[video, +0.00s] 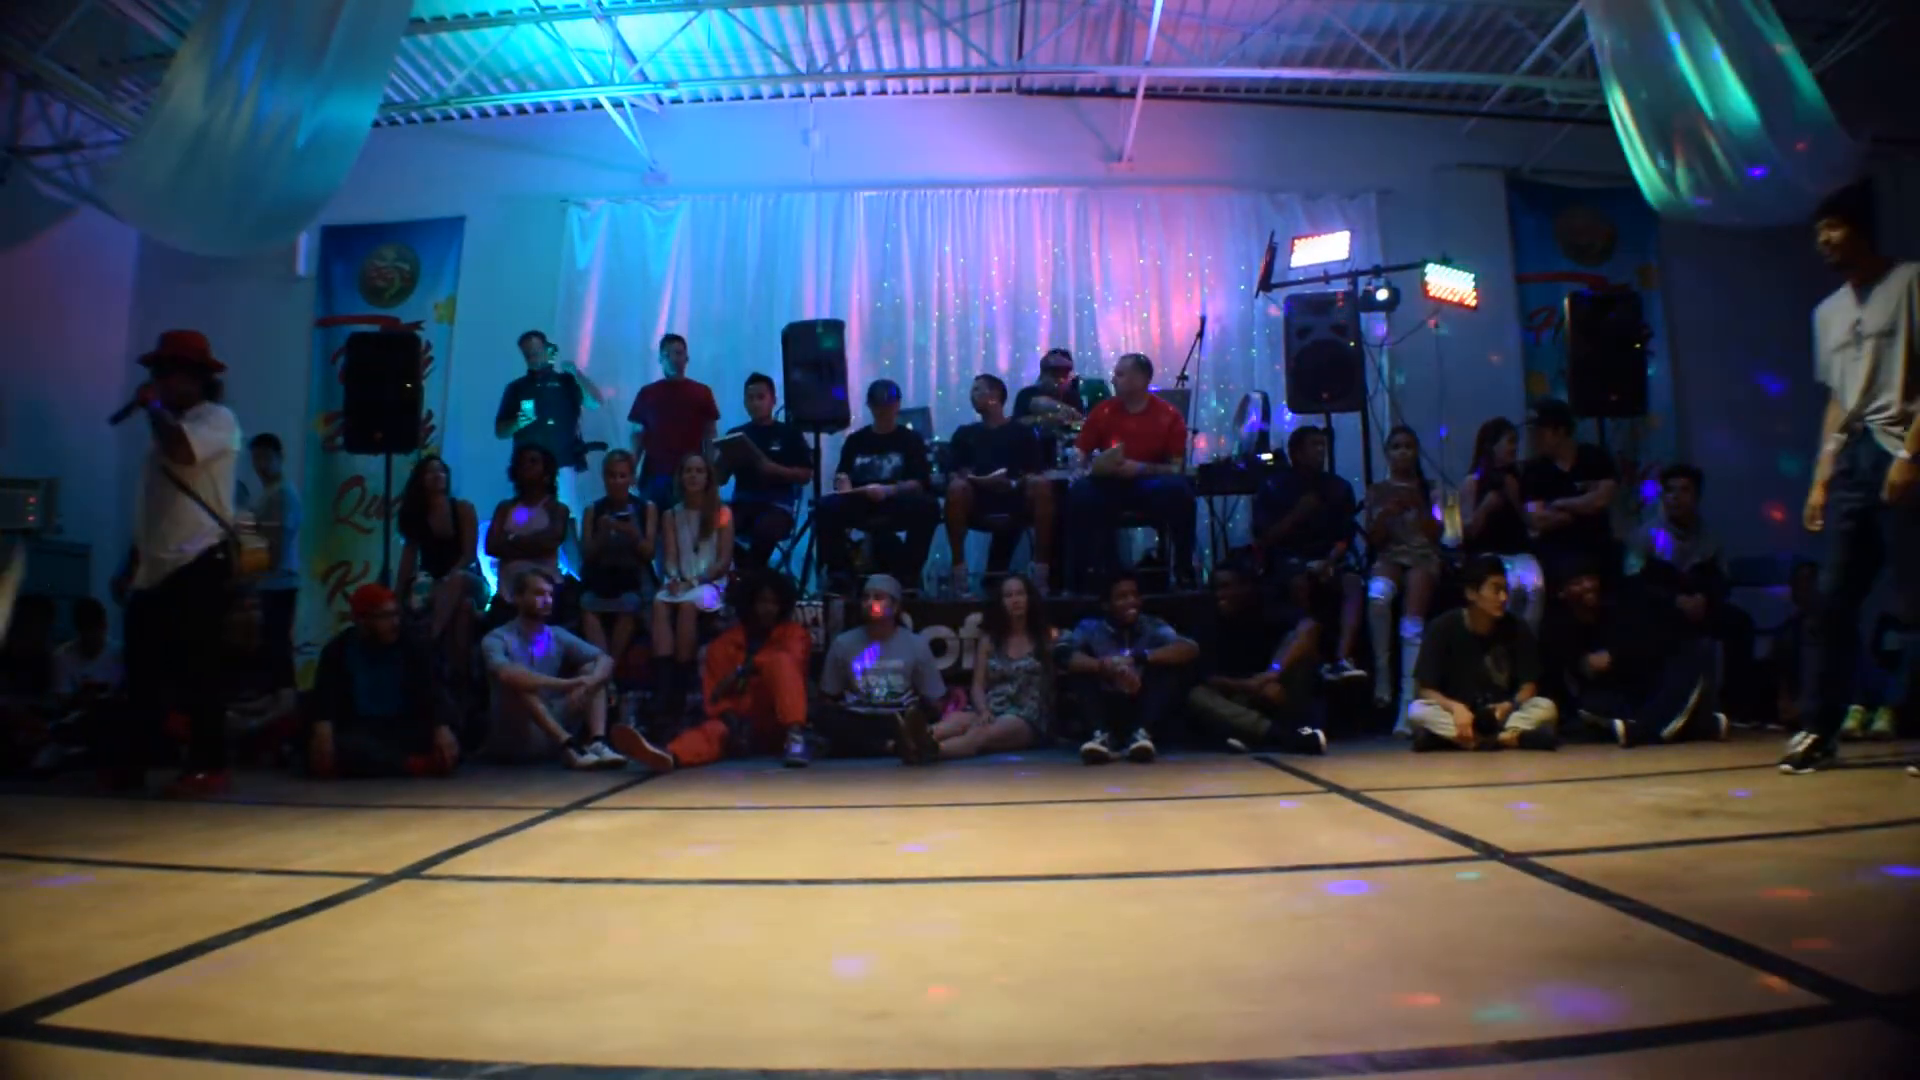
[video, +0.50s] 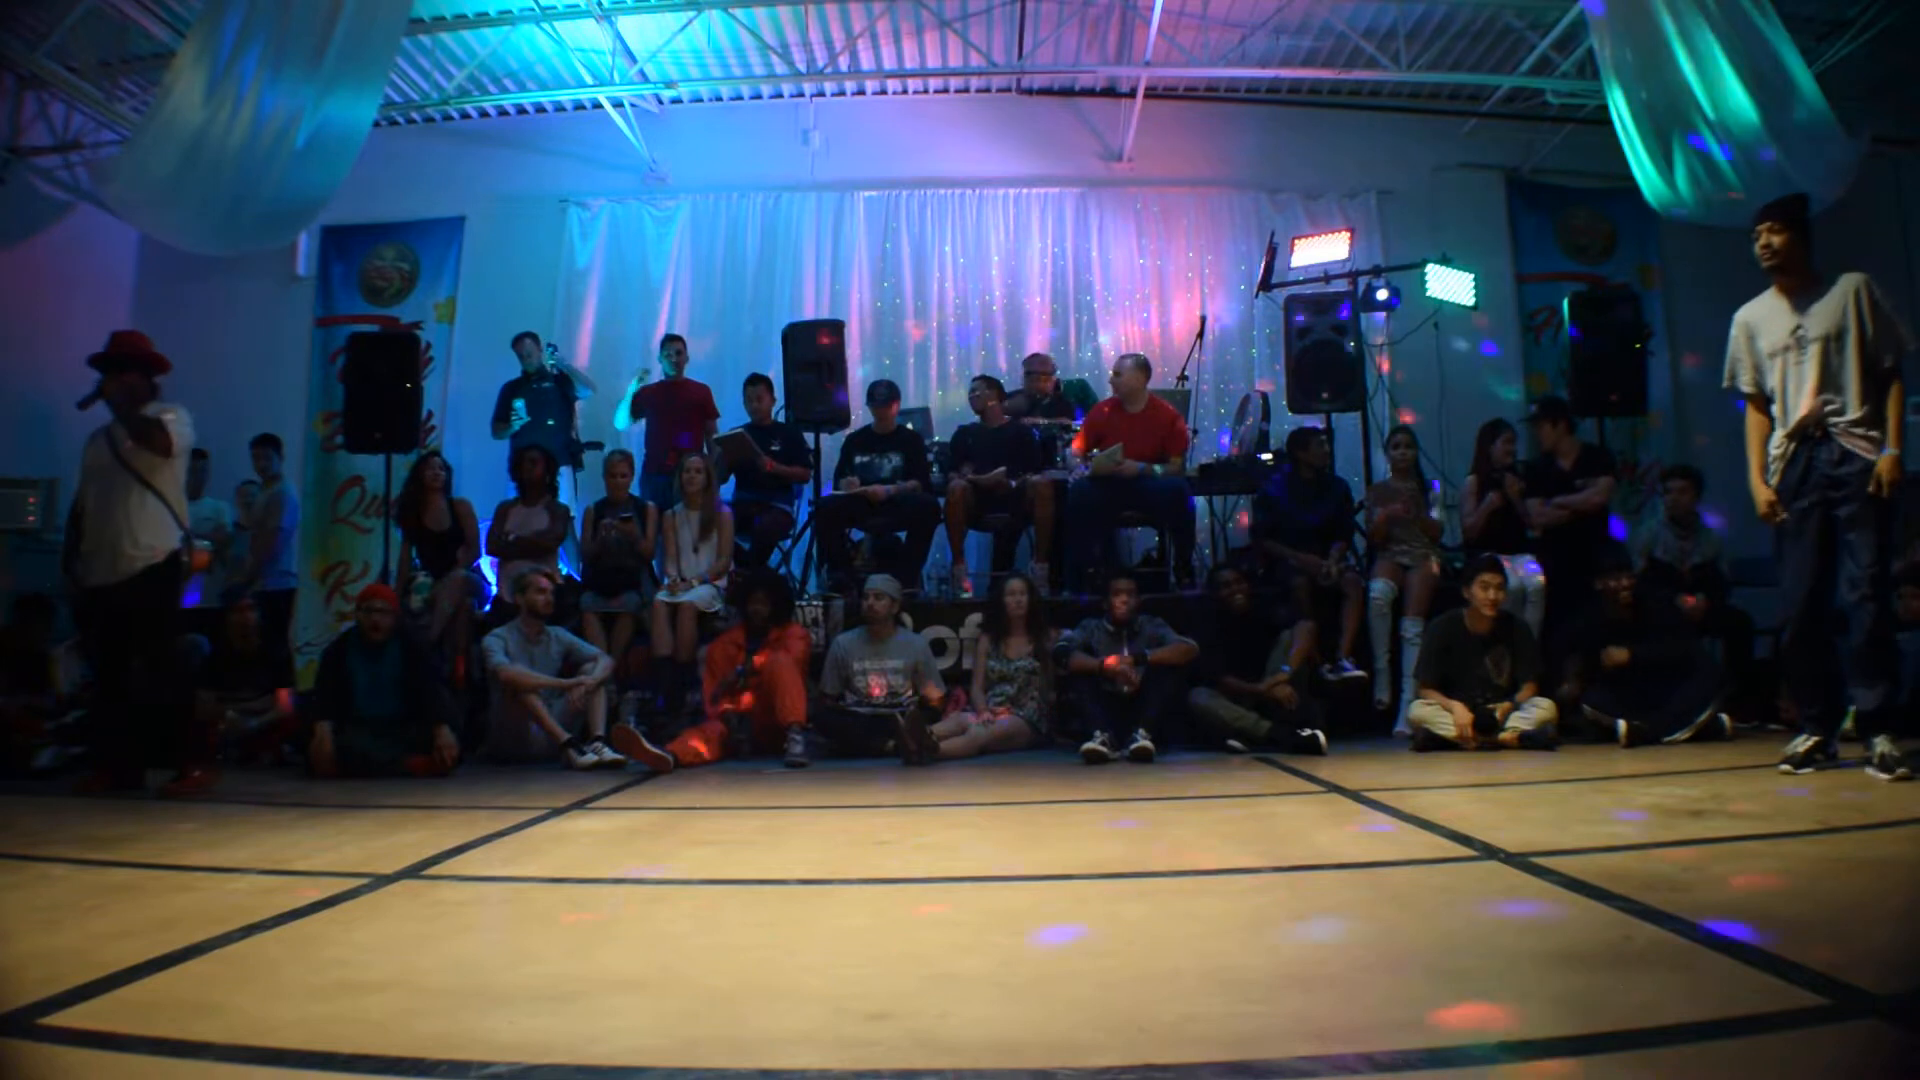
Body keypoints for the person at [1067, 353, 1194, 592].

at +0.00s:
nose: (1114, 380)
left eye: (1121, 375)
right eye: (1114, 374)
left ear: (1143, 380)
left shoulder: (1168, 415)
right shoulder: (1103, 412)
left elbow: (1176, 467)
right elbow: (1079, 456)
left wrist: (1137, 468)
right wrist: (1098, 465)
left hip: (1149, 483)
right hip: (1110, 482)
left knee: (1179, 492)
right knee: (1081, 493)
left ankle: (1183, 572)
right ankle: (1084, 575)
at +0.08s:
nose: (1115, 380)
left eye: (1122, 375)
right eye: (1115, 375)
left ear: (1144, 380)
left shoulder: (1168, 415)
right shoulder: (1103, 411)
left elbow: (1177, 467)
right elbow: (1079, 455)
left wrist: (1138, 468)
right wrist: (1097, 466)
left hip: (1149, 483)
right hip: (1110, 482)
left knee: (1179, 493)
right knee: (1081, 494)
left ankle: (1183, 571)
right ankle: (1084, 575)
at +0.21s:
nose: (1113, 380)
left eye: (1120, 375)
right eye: (1114, 375)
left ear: (1142, 380)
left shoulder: (1167, 416)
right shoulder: (1102, 411)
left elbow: (1176, 467)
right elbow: (1078, 454)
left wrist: (1139, 468)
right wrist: (1095, 467)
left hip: (1148, 483)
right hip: (1109, 482)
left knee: (1178, 490)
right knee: (1080, 493)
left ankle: (1183, 573)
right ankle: (1081, 578)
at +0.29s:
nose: (1112, 380)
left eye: (1119, 375)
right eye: (1113, 374)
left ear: (1141, 381)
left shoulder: (1168, 417)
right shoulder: (1102, 412)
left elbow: (1176, 467)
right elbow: (1079, 451)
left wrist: (1139, 469)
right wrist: (1083, 467)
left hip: (1148, 484)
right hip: (1109, 482)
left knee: (1179, 492)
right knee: (1081, 494)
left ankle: (1184, 570)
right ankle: (1082, 575)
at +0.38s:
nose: (1112, 380)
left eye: (1119, 375)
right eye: (1112, 374)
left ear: (1141, 381)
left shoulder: (1168, 416)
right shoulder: (1102, 412)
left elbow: (1176, 466)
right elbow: (1078, 452)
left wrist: (1140, 469)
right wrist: (1083, 468)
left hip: (1149, 484)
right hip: (1109, 482)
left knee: (1179, 493)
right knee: (1080, 494)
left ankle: (1184, 570)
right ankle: (1081, 576)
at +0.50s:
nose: (1111, 380)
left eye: (1118, 374)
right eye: (1112, 374)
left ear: (1142, 379)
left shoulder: (1168, 417)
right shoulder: (1101, 412)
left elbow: (1176, 468)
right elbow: (1077, 454)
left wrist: (1140, 469)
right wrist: (1093, 466)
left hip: (1147, 484)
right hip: (1108, 483)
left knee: (1179, 495)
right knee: (1080, 493)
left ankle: (1184, 572)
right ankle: (1079, 577)